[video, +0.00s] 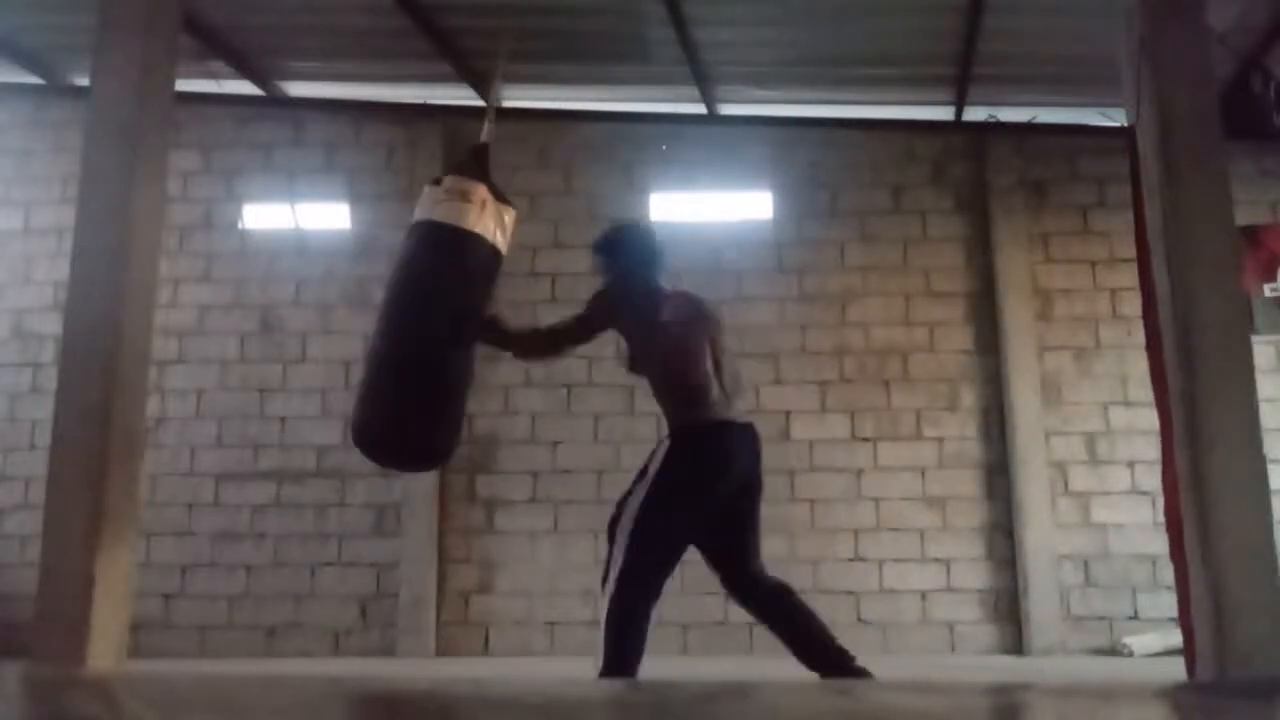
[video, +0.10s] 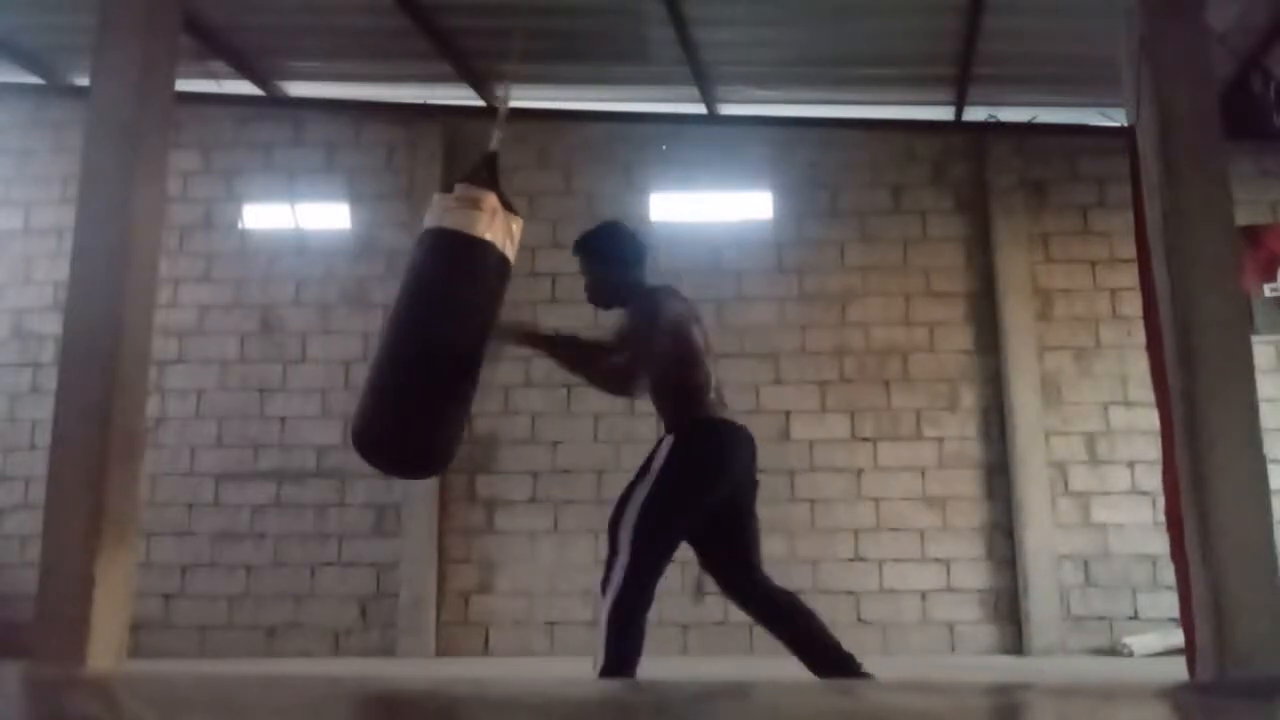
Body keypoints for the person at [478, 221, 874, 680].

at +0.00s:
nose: (604, 277)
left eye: (608, 267)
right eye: (605, 267)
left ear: (623, 264)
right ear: (652, 262)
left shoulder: (622, 300)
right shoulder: (694, 306)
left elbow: (544, 344)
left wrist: (487, 331)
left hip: (693, 448)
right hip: (738, 445)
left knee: (635, 569)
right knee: (744, 577)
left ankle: (614, 692)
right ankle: (844, 672)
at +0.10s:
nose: (585, 285)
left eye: (590, 274)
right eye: (584, 275)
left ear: (614, 269)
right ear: (627, 264)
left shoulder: (654, 308)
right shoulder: (665, 305)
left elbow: (624, 378)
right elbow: (612, 356)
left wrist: (551, 348)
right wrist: (545, 341)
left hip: (693, 446)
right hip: (728, 445)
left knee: (632, 554)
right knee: (743, 580)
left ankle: (613, 686)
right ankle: (848, 679)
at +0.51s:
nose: (569, 288)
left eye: (568, 277)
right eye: (565, 277)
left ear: (578, 274)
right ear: (613, 259)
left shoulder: (589, 326)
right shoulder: (670, 292)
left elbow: (532, 395)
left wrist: (474, 387)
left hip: (664, 444)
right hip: (722, 435)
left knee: (624, 586)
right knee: (768, 562)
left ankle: (607, 703)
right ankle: (842, 675)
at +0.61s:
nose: (592, 291)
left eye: (594, 279)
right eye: (591, 280)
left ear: (610, 277)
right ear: (638, 271)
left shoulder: (618, 324)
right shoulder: (682, 308)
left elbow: (585, 404)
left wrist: (549, 397)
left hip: (670, 455)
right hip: (725, 449)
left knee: (615, 587)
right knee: (767, 578)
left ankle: (603, 707)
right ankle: (855, 684)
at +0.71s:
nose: (623, 296)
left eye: (627, 283)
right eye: (622, 284)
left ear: (644, 282)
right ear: (669, 278)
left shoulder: (662, 325)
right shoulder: (712, 321)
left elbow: (641, 402)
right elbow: (703, 388)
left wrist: (596, 385)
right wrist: (645, 343)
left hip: (683, 462)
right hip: (735, 461)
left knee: (619, 591)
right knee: (771, 595)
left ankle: (607, 705)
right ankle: (852, 695)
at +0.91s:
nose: (674, 275)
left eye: (675, 262)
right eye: (670, 263)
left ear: (693, 256)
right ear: (715, 251)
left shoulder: (725, 293)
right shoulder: (758, 290)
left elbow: (732, 357)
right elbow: (769, 360)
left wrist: (680, 341)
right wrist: (697, 331)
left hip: (755, 430)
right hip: (797, 427)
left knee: (686, 548)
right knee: (815, 558)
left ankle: (698, 673)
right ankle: (892, 669)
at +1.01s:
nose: (701, 287)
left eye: (706, 275)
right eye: (700, 276)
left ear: (728, 274)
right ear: (747, 272)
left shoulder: (755, 315)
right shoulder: (787, 317)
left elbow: (754, 380)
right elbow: (798, 385)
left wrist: (707, 354)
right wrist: (726, 343)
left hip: (786, 456)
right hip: (825, 453)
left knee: (719, 573)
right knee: (833, 581)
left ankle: (766, 687)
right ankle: (911, 682)